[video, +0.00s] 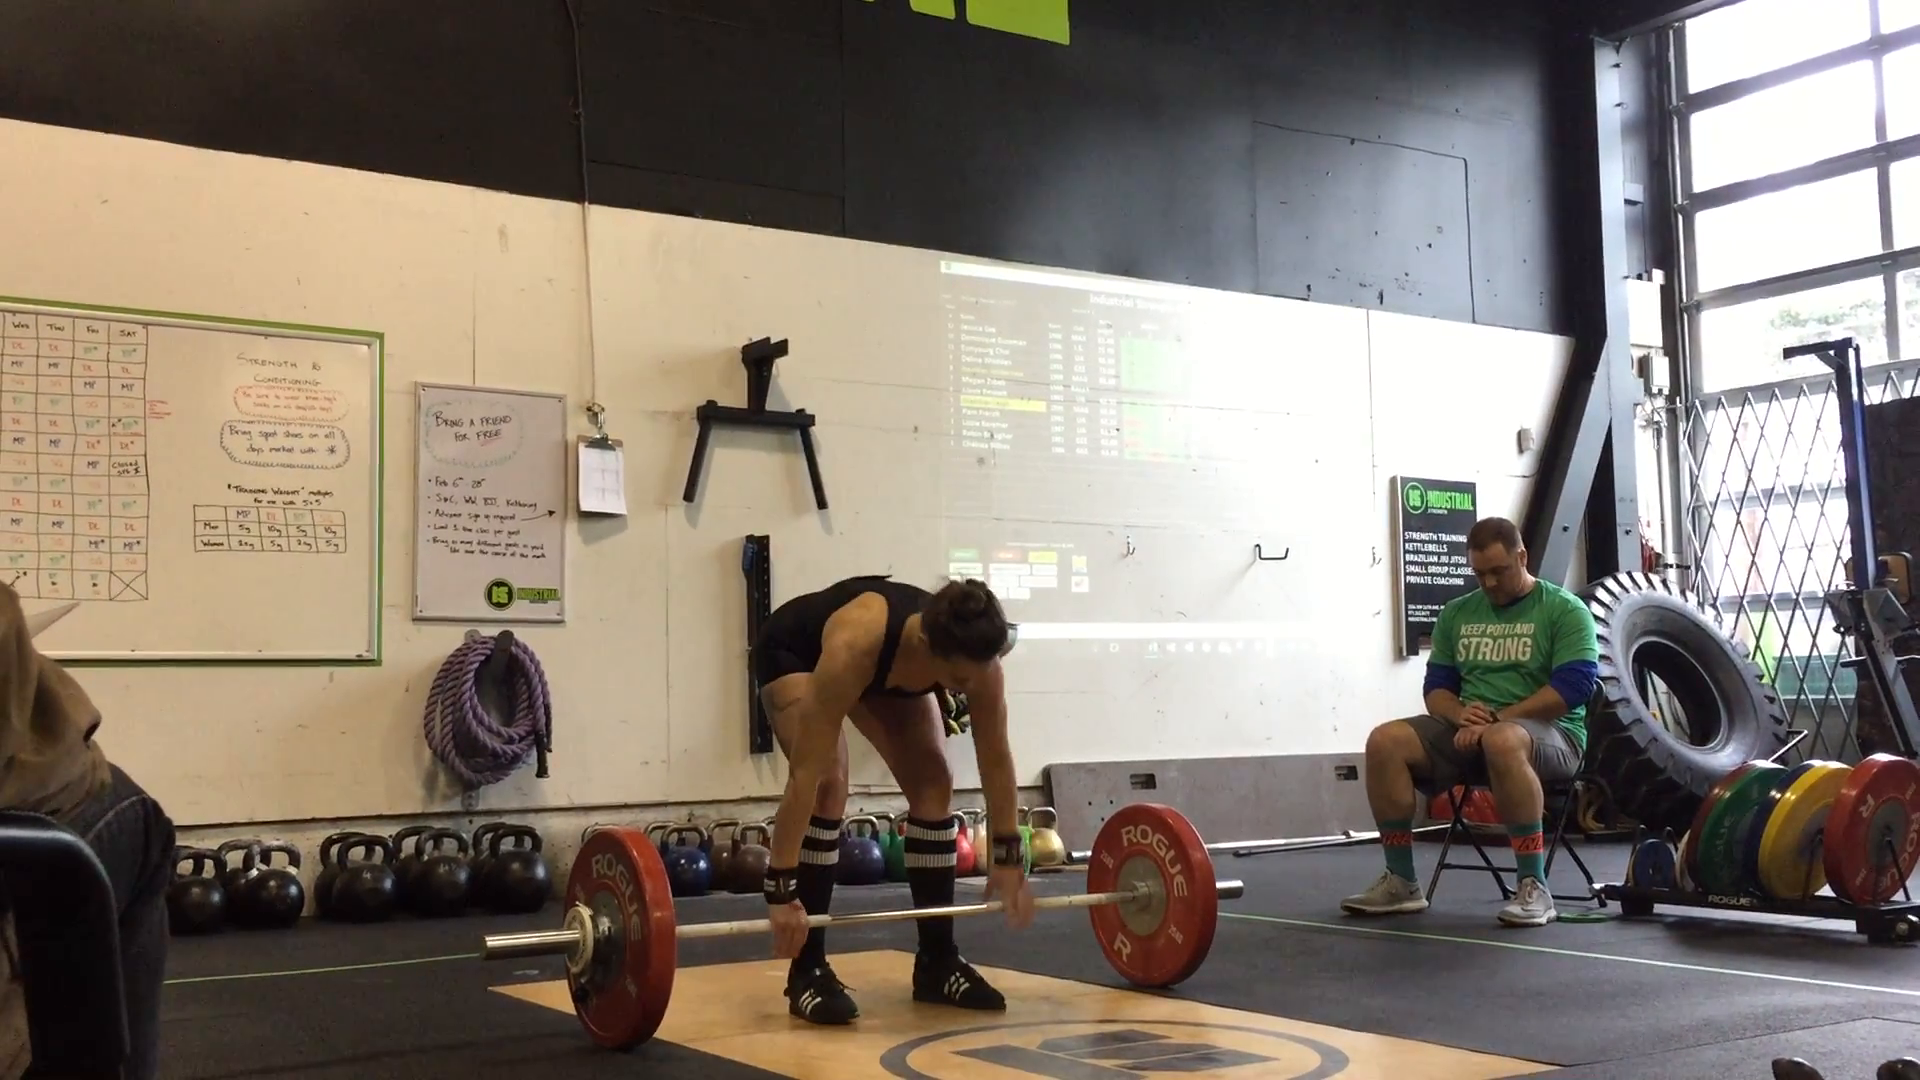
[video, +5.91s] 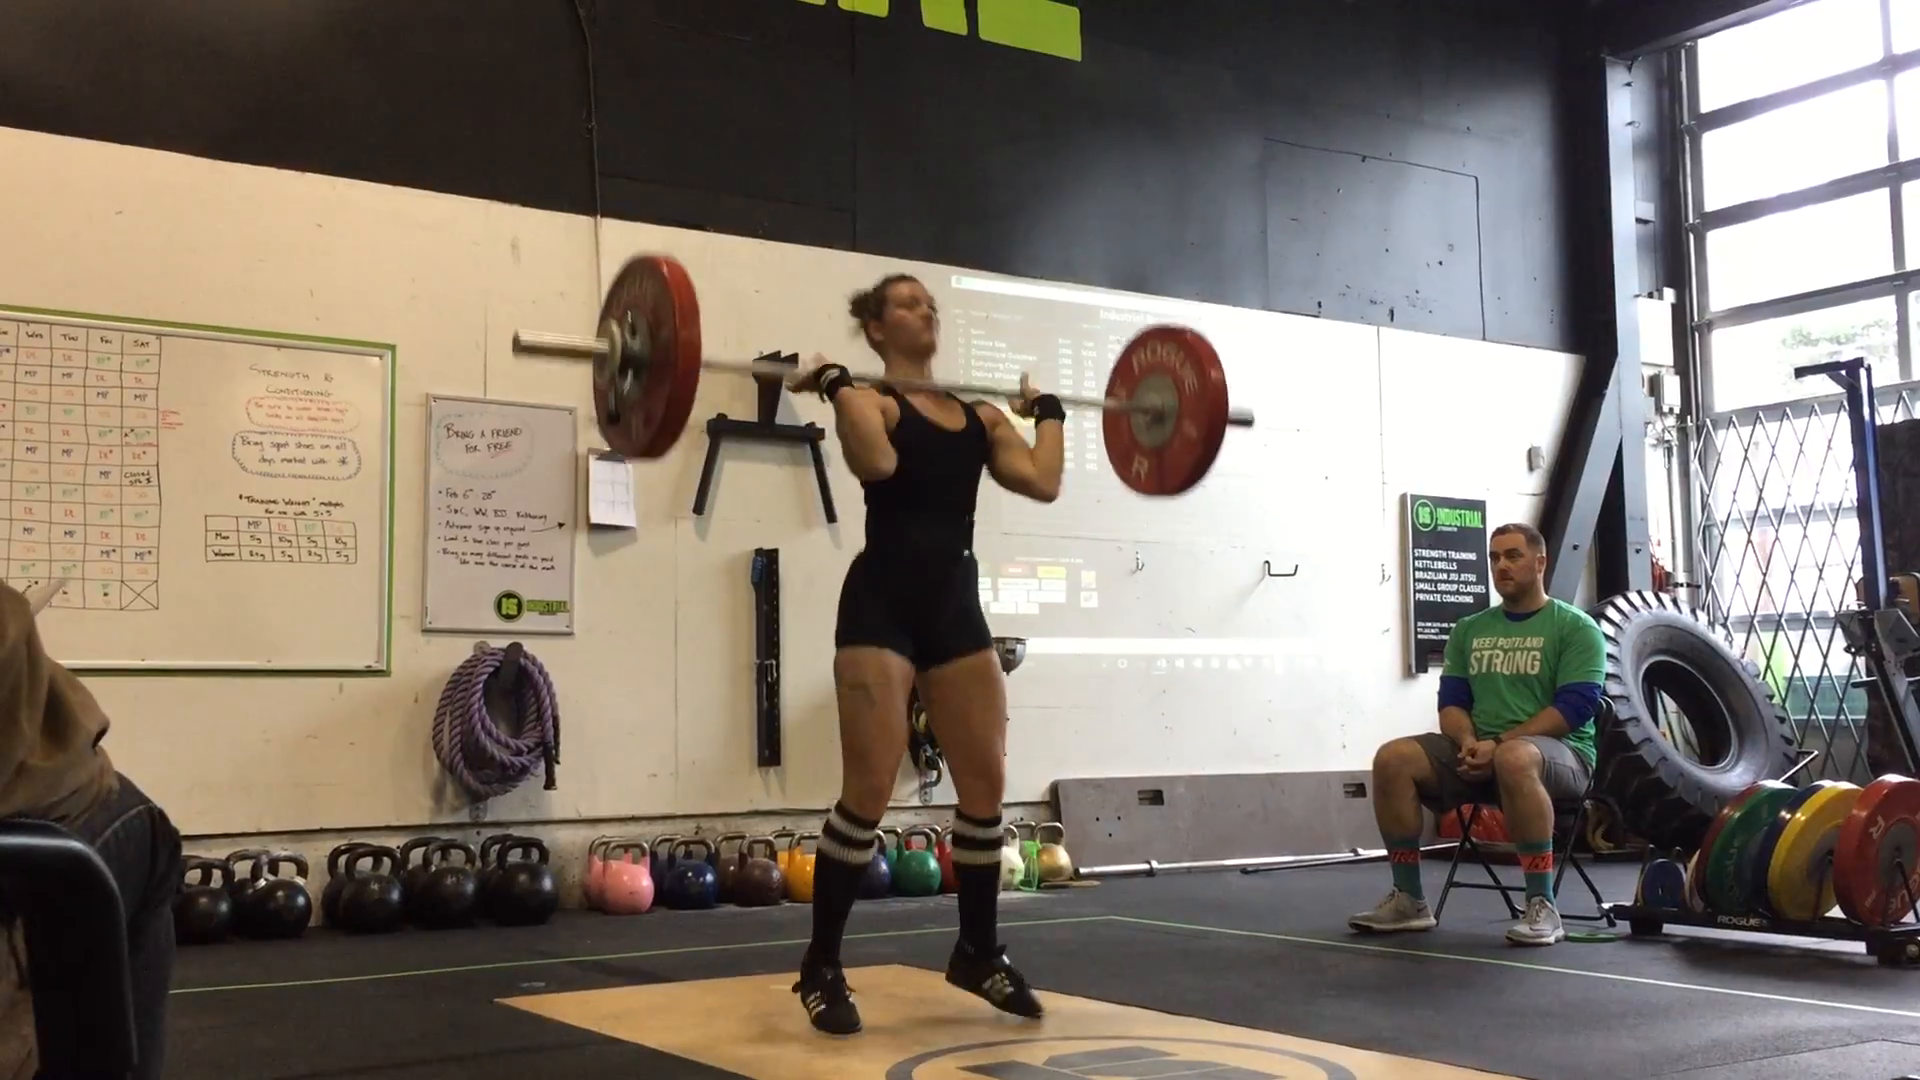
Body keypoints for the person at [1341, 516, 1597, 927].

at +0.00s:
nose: (1489, 583)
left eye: (1498, 571)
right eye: (1480, 574)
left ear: (1523, 557)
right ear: (1471, 566)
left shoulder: (1565, 609)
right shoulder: (1455, 614)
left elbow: (1574, 686)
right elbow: (1437, 689)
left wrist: (1496, 722)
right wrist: (1459, 713)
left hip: (1550, 734)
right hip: (1469, 733)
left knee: (1502, 741)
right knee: (1384, 742)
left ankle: (1532, 888)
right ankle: (1401, 882)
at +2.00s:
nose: (1496, 551)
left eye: (1507, 541)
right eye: (1489, 543)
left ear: (1534, 546)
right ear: (1483, 551)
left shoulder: (1569, 609)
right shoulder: (1463, 613)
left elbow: (1569, 687)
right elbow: (1444, 684)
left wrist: (1495, 726)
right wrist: (1456, 725)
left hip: (1551, 734)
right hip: (1472, 735)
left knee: (1504, 743)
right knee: (1384, 744)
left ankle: (1536, 890)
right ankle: (1402, 884)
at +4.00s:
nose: (1502, 558)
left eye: (1513, 548)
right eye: (1495, 550)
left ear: (1541, 552)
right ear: (1489, 556)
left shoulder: (1577, 617)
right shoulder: (1469, 619)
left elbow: (1575, 698)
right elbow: (1452, 692)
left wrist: (1501, 735)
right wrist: (1467, 728)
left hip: (1559, 742)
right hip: (1480, 741)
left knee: (1514, 746)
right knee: (1392, 748)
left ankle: (1542, 896)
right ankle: (1410, 889)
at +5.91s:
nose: (1501, 565)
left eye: (1513, 556)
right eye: (1495, 558)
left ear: (1541, 562)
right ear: (1489, 566)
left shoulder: (1576, 627)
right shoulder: (1468, 630)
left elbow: (1575, 707)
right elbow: (1452, 704)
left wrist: (1501, 746)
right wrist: (1466, 738)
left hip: (1559, 753)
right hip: (1479, 752)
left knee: (1514, 757)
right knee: (1392, 759)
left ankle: (1541, 907)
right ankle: (1409, 900)